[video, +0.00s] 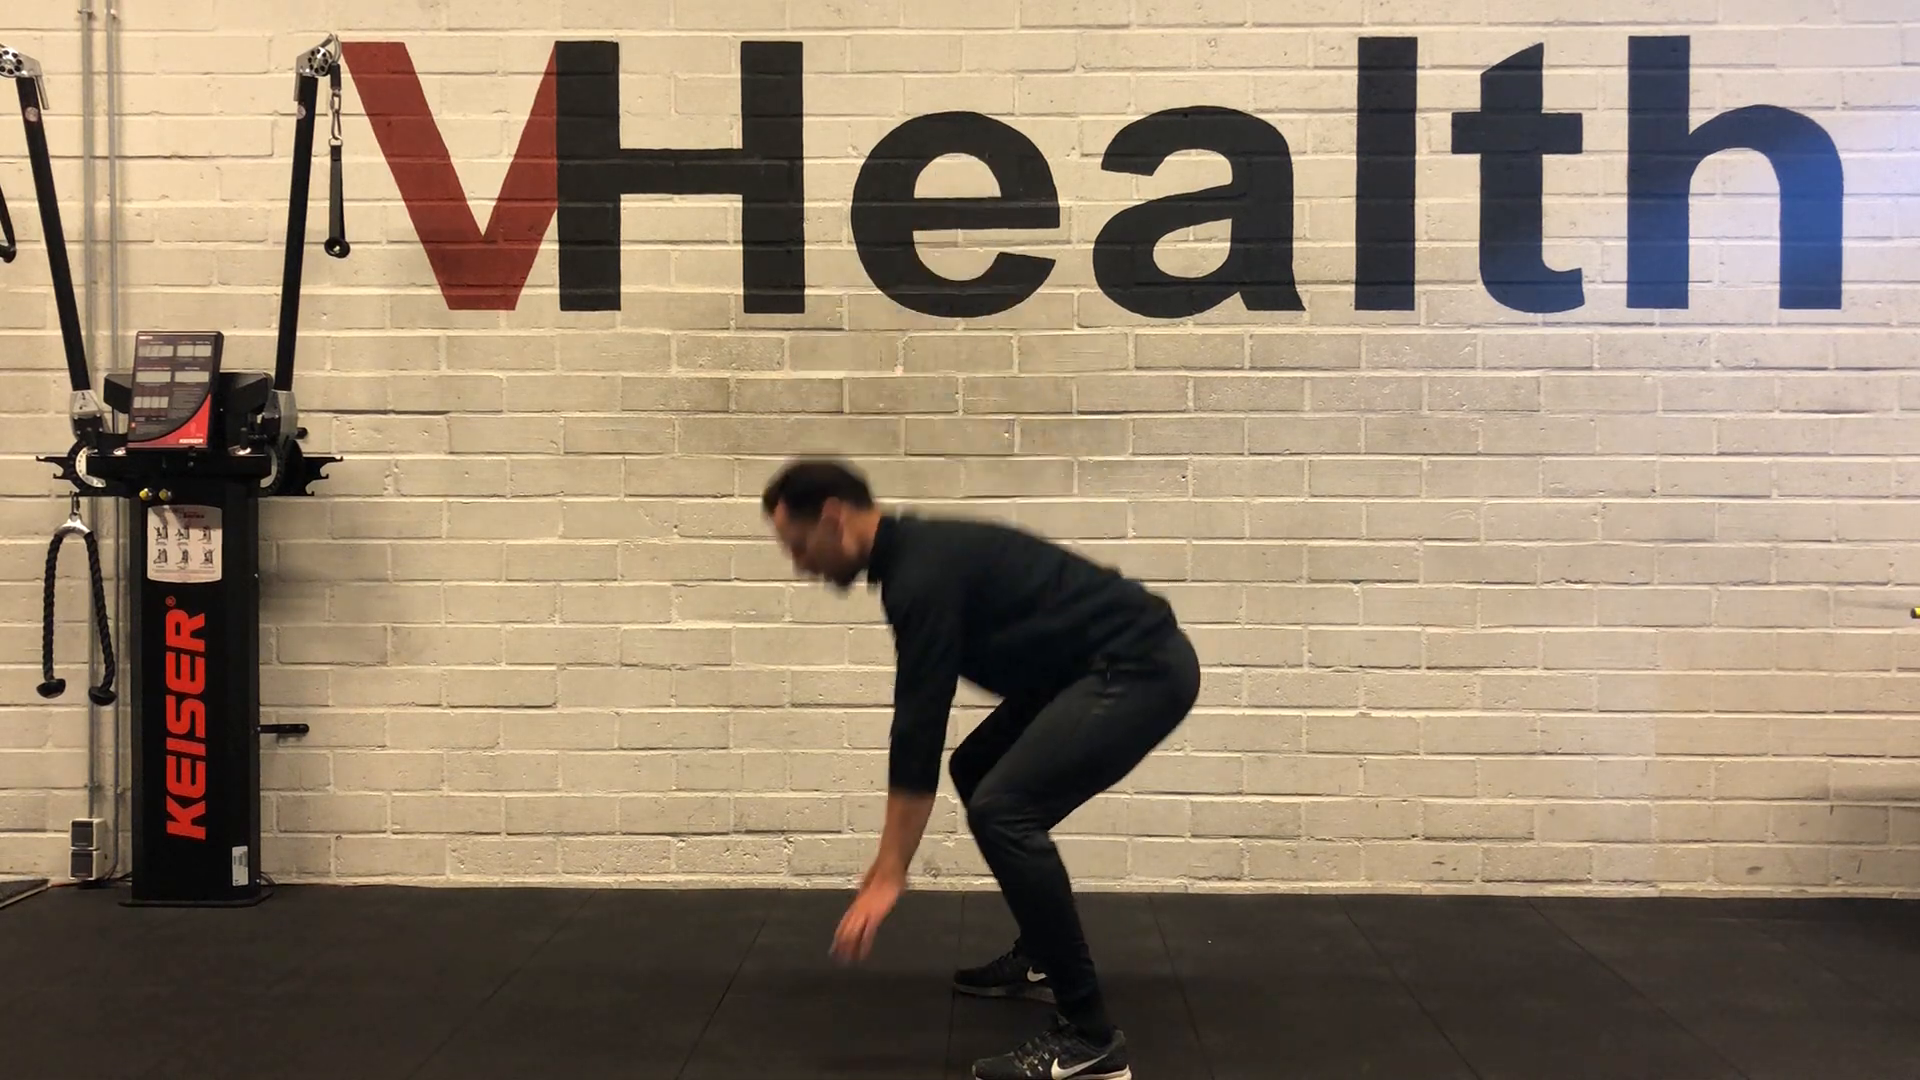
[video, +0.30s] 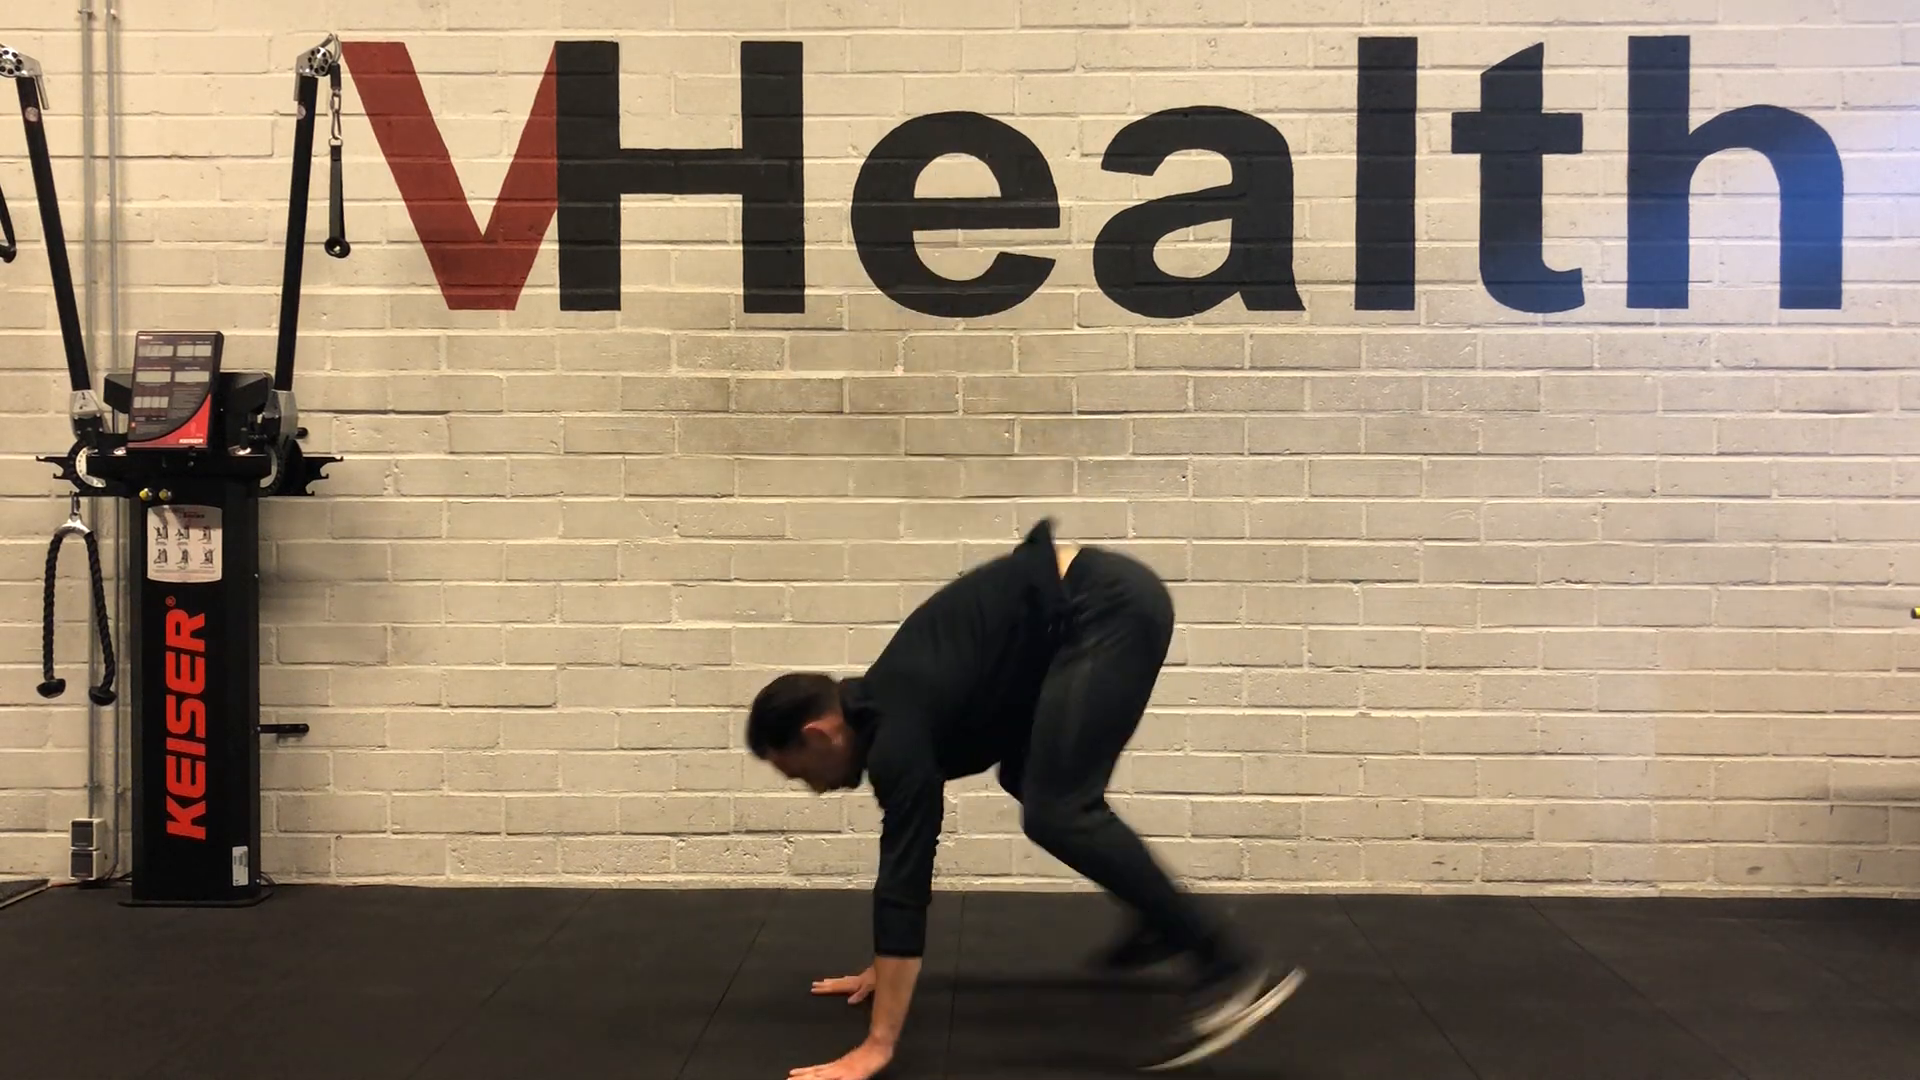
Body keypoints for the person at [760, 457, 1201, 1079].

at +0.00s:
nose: (798, 562)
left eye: (798, 543)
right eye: (790, 549)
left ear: (835, 514)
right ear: (841, 514)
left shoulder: (922, 574)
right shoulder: (910, 558)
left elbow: (918, 733)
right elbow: (915, 726)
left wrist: (889, 873)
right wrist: (889, 863)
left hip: (1140, 667)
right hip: (1091, 661)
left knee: (1003, 812)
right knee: (974, 769)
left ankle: (1088, 1034)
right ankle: (1045, 950)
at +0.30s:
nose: (805, 782)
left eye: (796, 768)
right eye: (792, 774)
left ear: (824, 731)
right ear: (824, 724)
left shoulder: (901, 740)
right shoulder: (883, 709)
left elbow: (904, 886)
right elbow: (904, 867)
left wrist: (881, 1042)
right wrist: (884, 968)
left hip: (1114, 604)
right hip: (1082, 603)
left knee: (1059, 812)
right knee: (1035, 784)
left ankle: (1233, 961)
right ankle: (1162, 919)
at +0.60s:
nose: (721, 731)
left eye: (723, 714)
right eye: (716, 715)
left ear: (771, 699)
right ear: (780, 690)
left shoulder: (850, 751)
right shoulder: (845, 726)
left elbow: (890, 902)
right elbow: (885, 874)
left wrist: (886, 1053)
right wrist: (886, 973)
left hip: (1061, 873)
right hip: (1057, 850)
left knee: (1257, 982)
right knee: (1221, 930)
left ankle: (1498, 1000)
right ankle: (1417, 905)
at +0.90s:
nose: (732, 757)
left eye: (731, 739)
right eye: (724, 743)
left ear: (768, 711)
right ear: (775, 701)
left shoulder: (862, 750)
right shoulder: (851, 735)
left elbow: (895, 902)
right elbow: (892, 877)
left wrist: (890, 1049)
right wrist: (885, 974)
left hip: (1087, 873)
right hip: (1076, 855)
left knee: (1274, 987)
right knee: (1235, 934)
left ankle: (1511, 1001)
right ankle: (1426, 907)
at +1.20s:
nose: (800, 782)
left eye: (794, 764)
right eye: (789, 770)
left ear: (828, 730)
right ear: (832, 723)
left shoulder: (909, 743)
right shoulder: (895, 716)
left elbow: (911, 896)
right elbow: (909, 872)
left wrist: (885, 1049)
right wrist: (889, 971)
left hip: (1128, 621)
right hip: (1117, 611)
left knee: (1037, 803)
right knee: (1059, 781)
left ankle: (1189, 979)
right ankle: (1202, 902)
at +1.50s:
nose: (811, 568)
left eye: (813, 549)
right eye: (807, 553)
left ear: (857, 535)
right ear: (864, 535)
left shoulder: (931, 598)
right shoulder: (923, 586)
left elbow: (914, 748)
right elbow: (912, 740)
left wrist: (860, 898)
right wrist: (876, 844)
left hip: (1152, 676)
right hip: (1125, 665)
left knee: (997, 809)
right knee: (989, 773)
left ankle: (1072, 1021)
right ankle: (1063, 961)